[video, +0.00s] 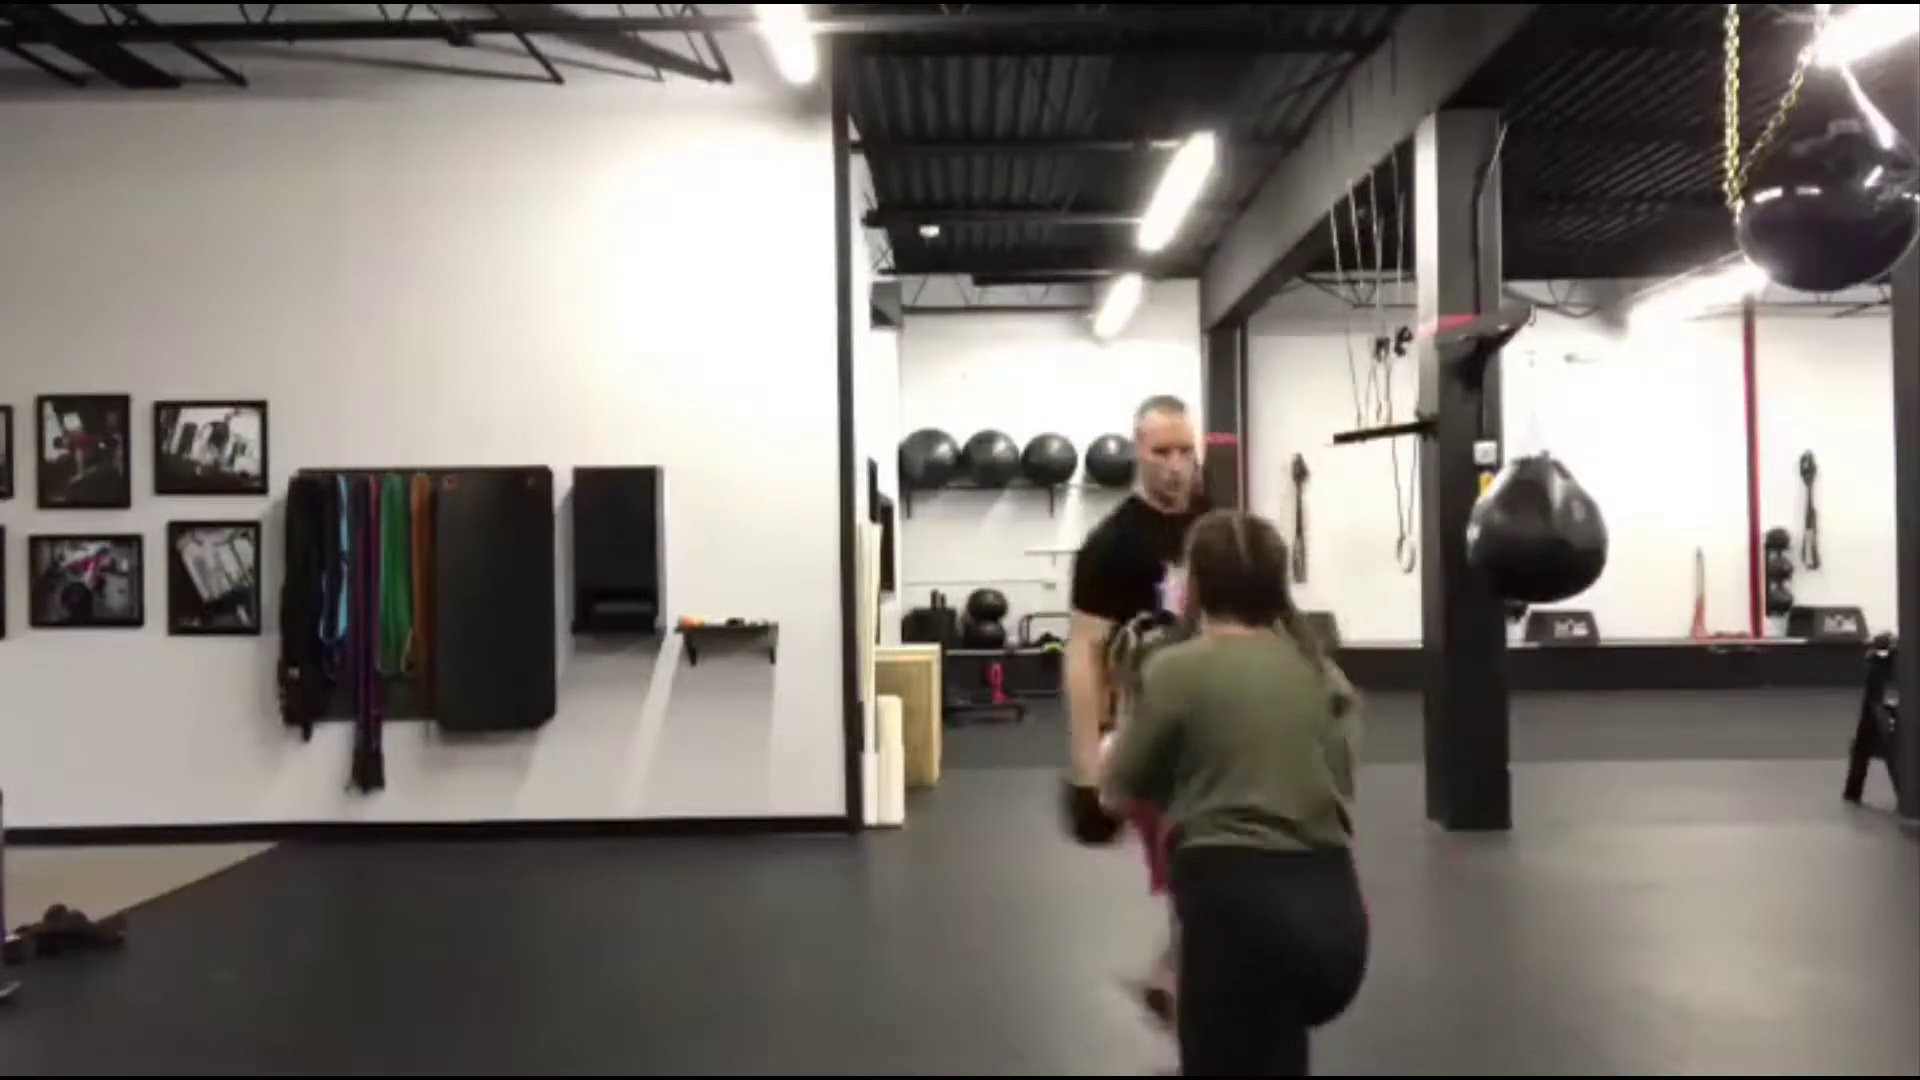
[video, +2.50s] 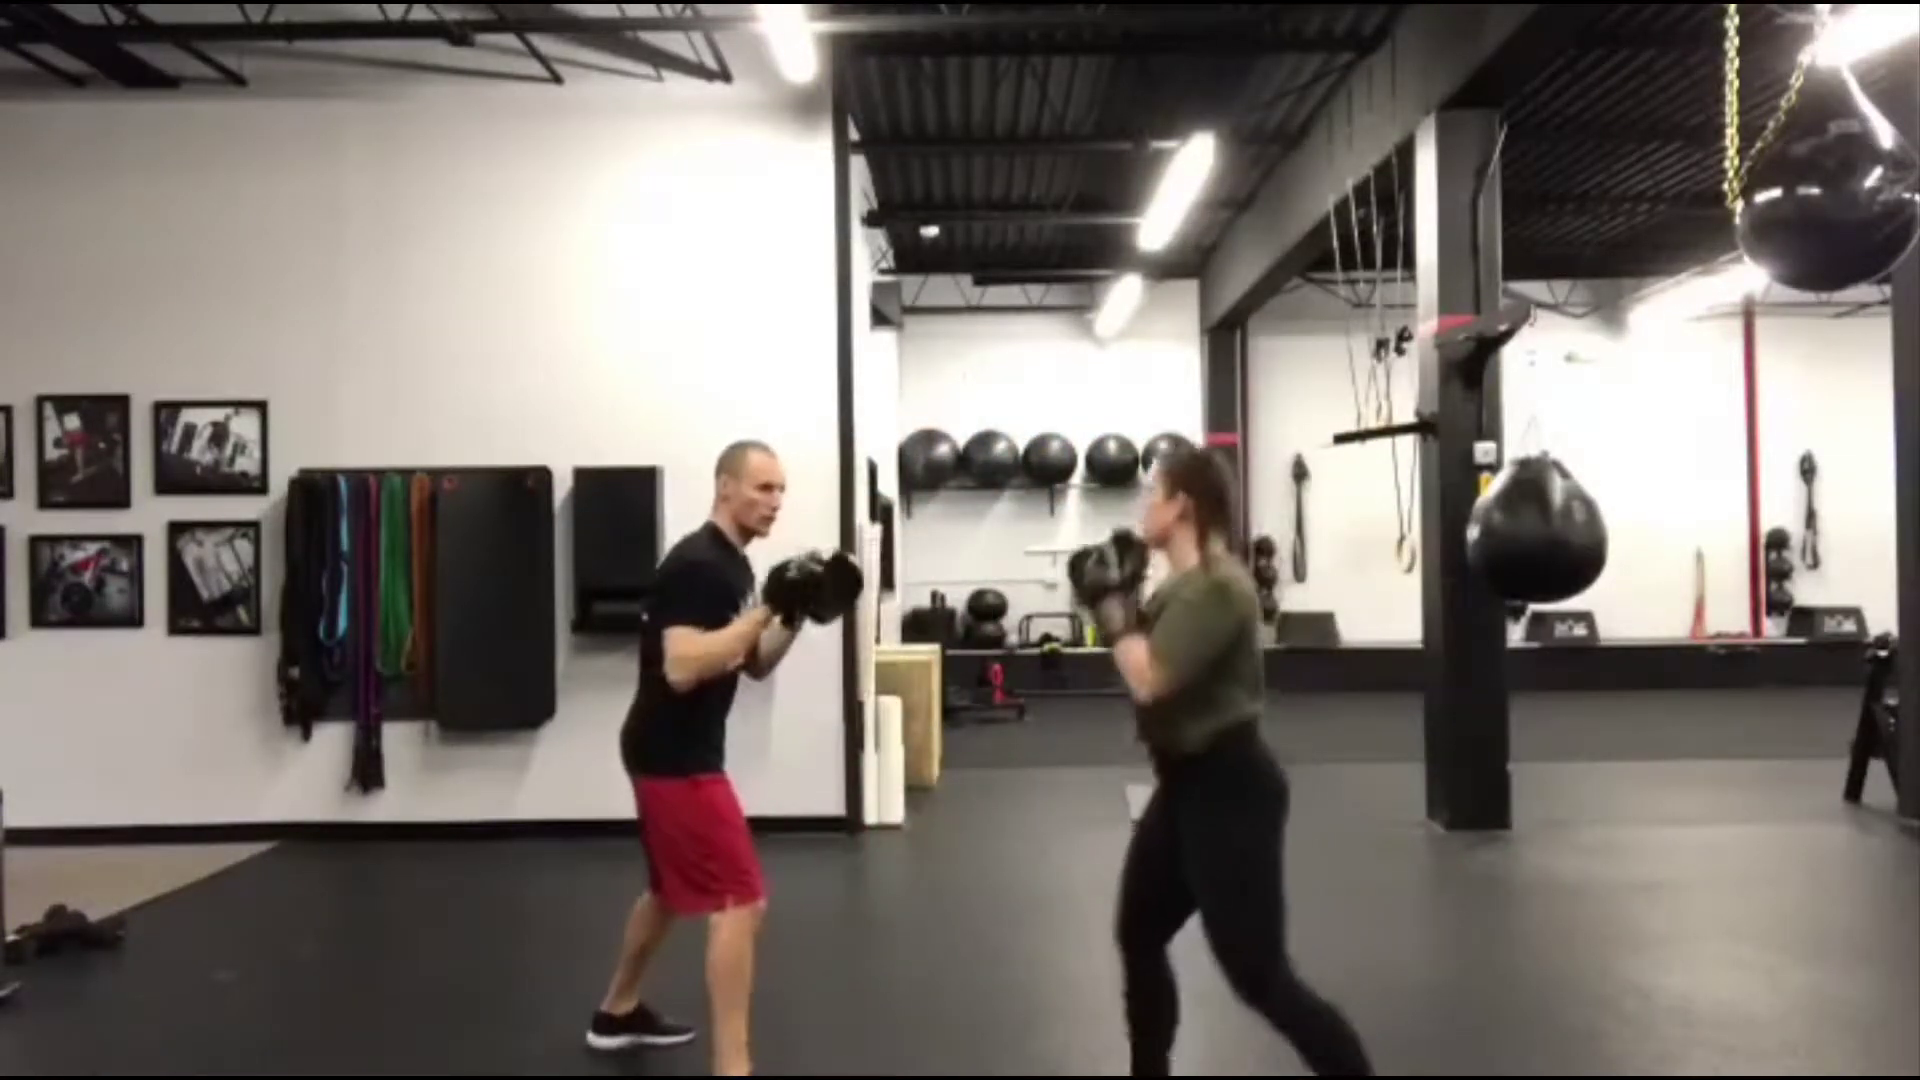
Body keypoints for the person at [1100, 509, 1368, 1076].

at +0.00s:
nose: (1176, 584)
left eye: (1183, 571)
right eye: (1182, 570)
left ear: (1195, 585)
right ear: (1276, 581)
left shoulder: (1175, 671)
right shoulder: (1320, 673)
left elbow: (1119, 786)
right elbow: (1339, 786)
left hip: (1229, 910)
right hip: (1328, 907)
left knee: (1219, 1060)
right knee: (1278, 1054)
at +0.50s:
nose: (1171, 557)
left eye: (1176, 545)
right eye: (1175, 544)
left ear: (1190, 555)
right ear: (1252, 551)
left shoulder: (1186, 649)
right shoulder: (1277, 635)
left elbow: (1129, 766)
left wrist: (1110, 702)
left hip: (1233, 862)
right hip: (1289, 844)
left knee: (1176, 991)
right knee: (1237, 1000)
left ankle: (1215, 1071)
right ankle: (1236, 1068)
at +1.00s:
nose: (1203, 554)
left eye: (1208, 540)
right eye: (1205, 540)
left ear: (1236, 551)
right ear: (1281, 548)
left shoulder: (1265, 636)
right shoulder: (1306, 623)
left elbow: (1213, 761)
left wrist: (1164, 681)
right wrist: (1213, 662)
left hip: (1317, 876)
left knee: (1314, 1061)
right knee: (1198, 957)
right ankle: (1243, 1069)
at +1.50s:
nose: (1152, 528)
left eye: (1161, 515)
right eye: (1157, 514)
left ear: (1186, 528)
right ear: (1197, 527)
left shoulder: (1220, 611)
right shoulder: (1205, 605)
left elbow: (1159, 725)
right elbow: (1172, 701)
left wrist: (1124, 667)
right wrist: (1138, 648)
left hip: (1248, 825)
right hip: (1209, 822)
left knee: (1258, 1027)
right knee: (1154, 971)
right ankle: (1189, 1070)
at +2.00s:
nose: (1177, 521)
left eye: (1186, 508)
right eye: (1181, 508)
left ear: (1215, 518)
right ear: (1226, 519)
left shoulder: (1259, 597)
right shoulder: (1240, 597)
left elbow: (1208, 706)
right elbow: (1212, 691)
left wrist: (1153, 635)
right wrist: (1169, 629)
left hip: (1301, 817)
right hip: (1263, 815)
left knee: (1321, 1020)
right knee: (1152, 912)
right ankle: (1197, 1064)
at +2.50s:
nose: (1143, 508)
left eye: (1153, 495)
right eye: (1148, 495)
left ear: (1182, 506)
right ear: (1189, 507)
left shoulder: (1216, 589)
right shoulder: (1183, 588)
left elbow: (1150, 680)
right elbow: (1155, 668)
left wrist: (1114, 608)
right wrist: (1122, 601)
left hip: (1231, 791)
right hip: (1189, 788)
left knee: (1257, 973)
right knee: (1140, 934)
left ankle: (1351, 1066)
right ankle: (1148, 1070)